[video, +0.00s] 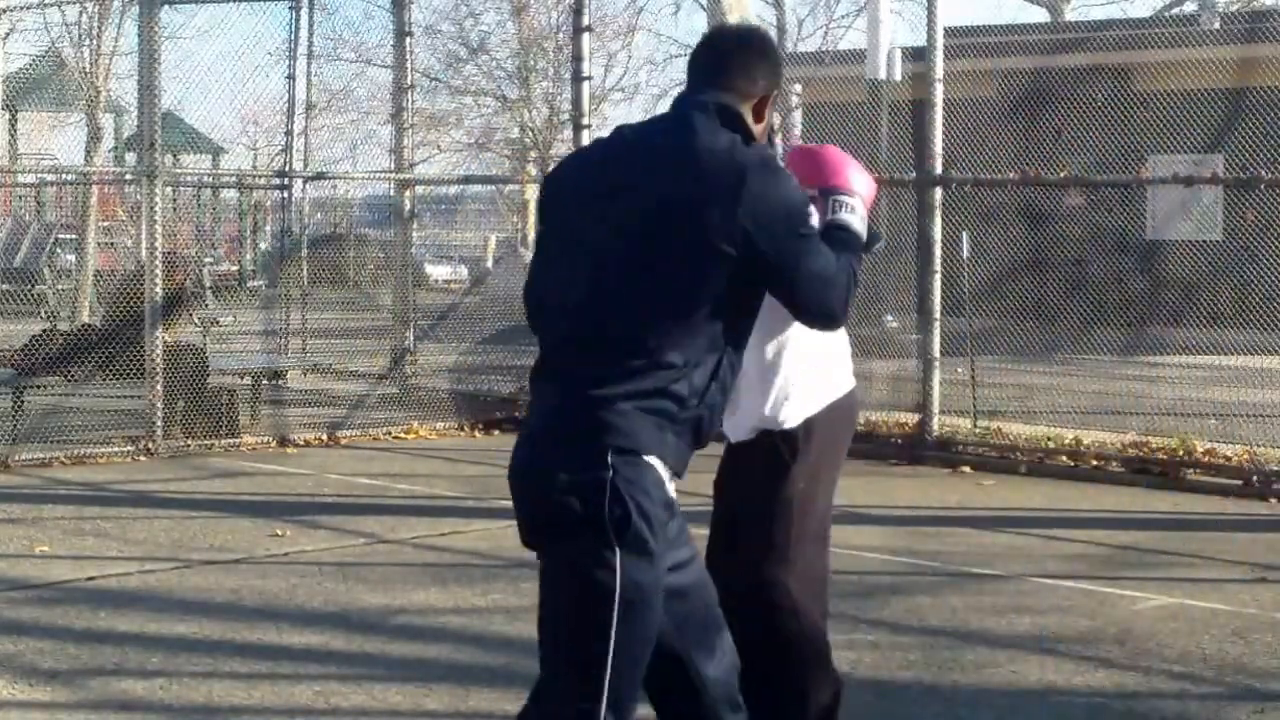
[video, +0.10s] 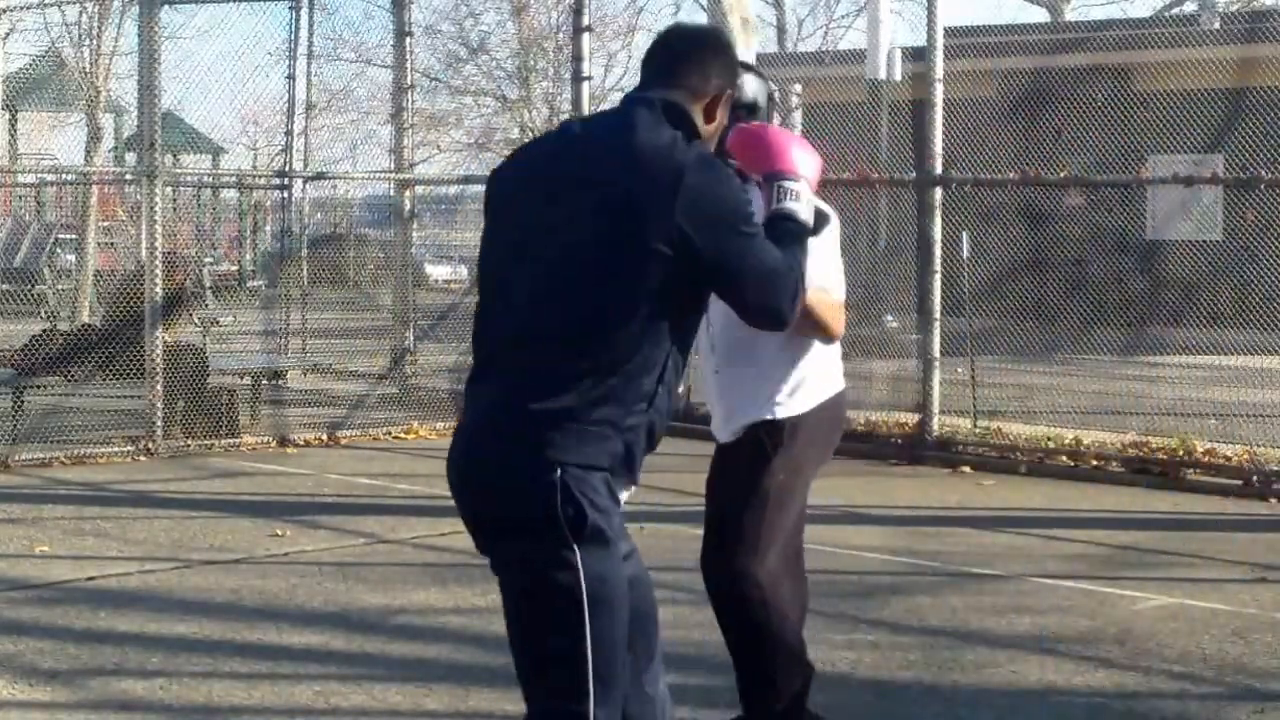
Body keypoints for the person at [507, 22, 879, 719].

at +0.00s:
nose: (773, 124)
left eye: (772, 112)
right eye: (776, 110)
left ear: (690, 87)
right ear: (763, 105)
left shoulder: (579, 166)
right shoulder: (744, 172)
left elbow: (543, 303)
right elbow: (826, 299)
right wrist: (848, 217)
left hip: (552, 447)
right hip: (623, 463)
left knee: (703, 676)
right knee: (587, 696)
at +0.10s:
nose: (725, 129)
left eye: (730, 117)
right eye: (729, 115)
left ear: (645, 83)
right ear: (713, 104)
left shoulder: (526, 160)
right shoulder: (690, 173)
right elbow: (773, 303)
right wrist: (790, 215)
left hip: (488, 451)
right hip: (565, 469)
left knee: (632, 632)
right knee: (586, 697)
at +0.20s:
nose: (665, 108)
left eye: (666, 95)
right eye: (669, 93)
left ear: (586, 58)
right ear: (654, 79)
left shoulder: (488, 128)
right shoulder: (611, 144)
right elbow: (716, 264)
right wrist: (729, 167)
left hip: (443, 438)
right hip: (508, 457)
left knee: (584, 602)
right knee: (543, 692)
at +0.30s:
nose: (610, 108)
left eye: (614, 94)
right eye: (613, 92)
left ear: (534, 56)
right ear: (596, 76)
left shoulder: (447, 122)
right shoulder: (561, 137)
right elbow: (671, 252)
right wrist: (681, 145)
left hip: (401, 435)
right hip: (466, 451)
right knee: (520, 691)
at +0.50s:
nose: (540, 123)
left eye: (540, 114)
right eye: (542, 111)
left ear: (461, 84)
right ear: (529, 101)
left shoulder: (371, 147)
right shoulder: (521, 156)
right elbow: (600, 276)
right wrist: (600, 183)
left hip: (317, 428)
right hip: (398, 435)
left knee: (404, 660)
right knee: (478, 678)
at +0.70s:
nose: (472, 107)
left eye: (472, 95)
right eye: (472, 93)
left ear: (384, 68)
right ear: (455, 84)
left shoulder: (291, 140)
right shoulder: (445, 145)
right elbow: (531, 270)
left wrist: (464, 147)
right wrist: (538, 159)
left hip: (270, 439)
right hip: (353, 450)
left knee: (341, 679)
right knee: (381, 689)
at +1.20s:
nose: (441, 134)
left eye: (448, 120)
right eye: (446, 117)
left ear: (372, 73)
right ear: (425, 91)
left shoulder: (273, 133)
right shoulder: (389, 138)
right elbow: (481, 273)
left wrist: (433, 170)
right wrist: (511, 173)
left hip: (213, 418)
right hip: (269, 430)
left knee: (342, 616)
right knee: (283, 671)